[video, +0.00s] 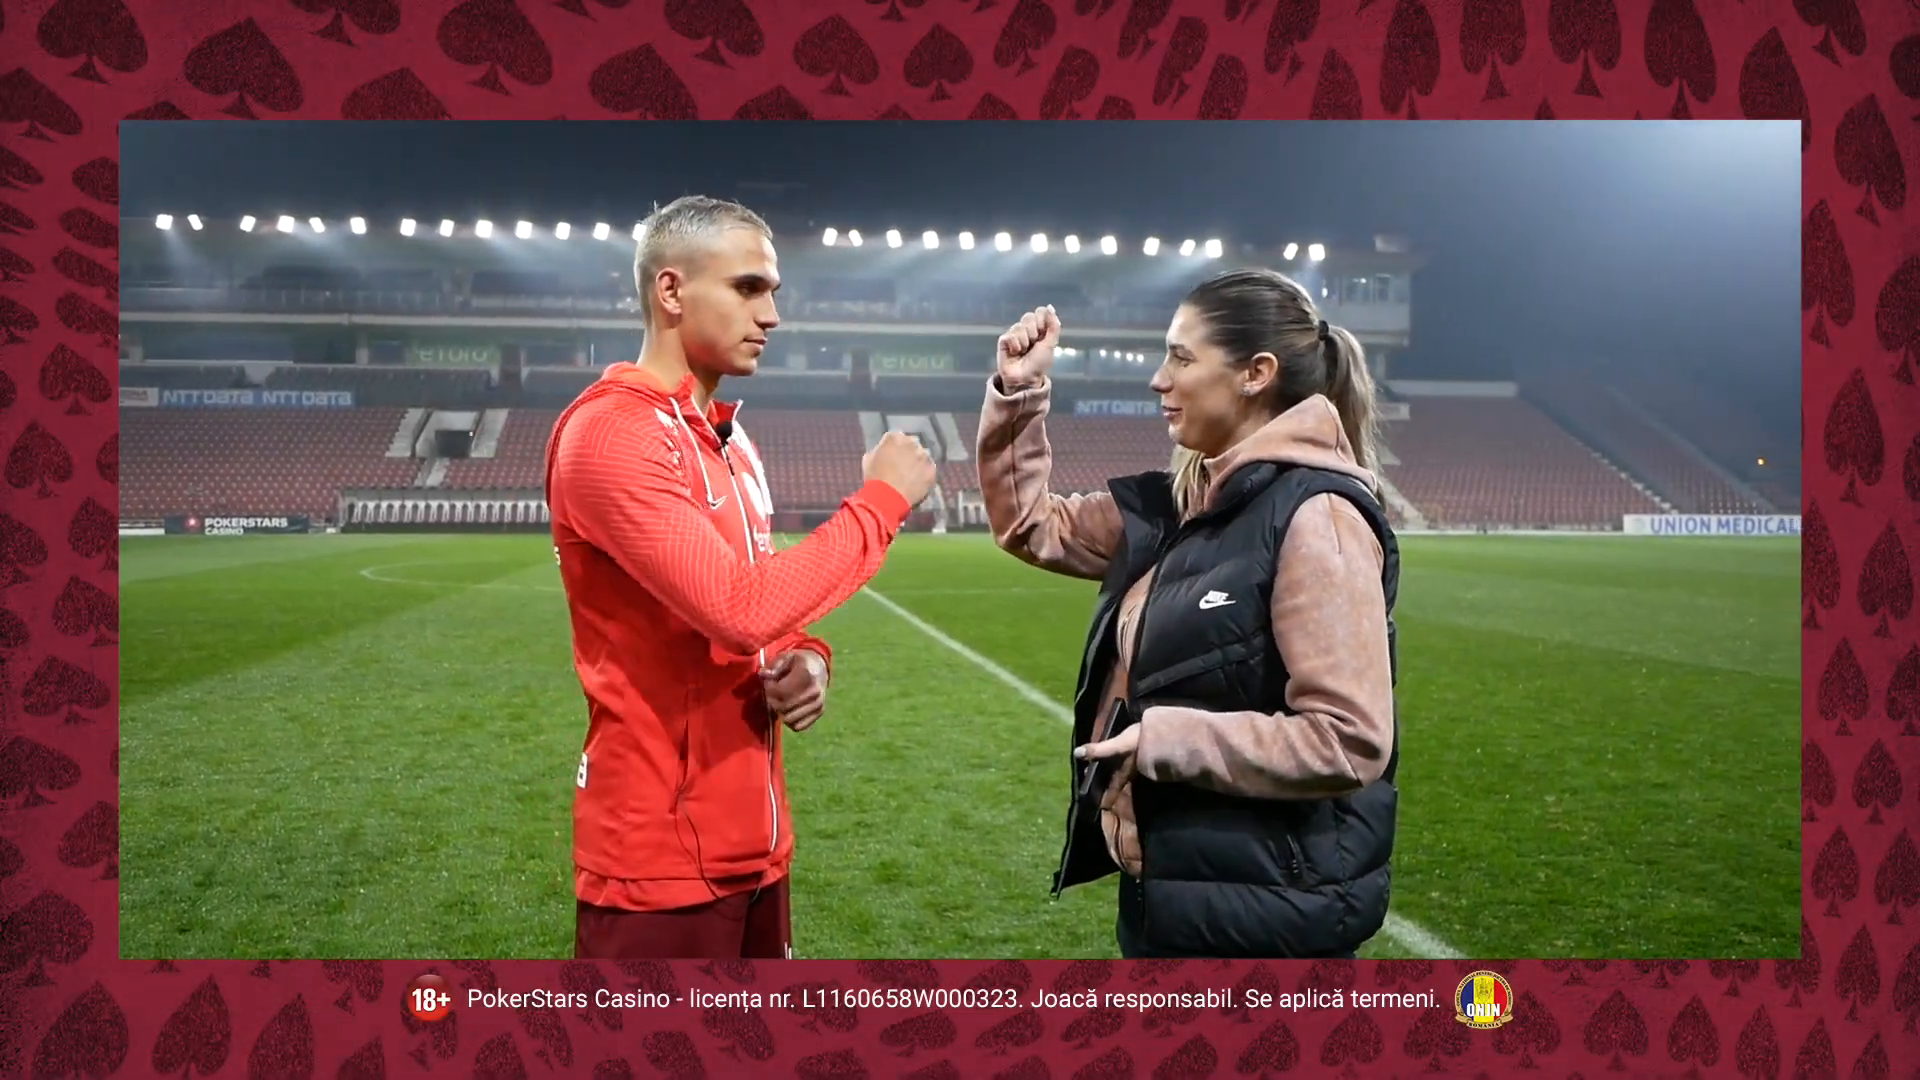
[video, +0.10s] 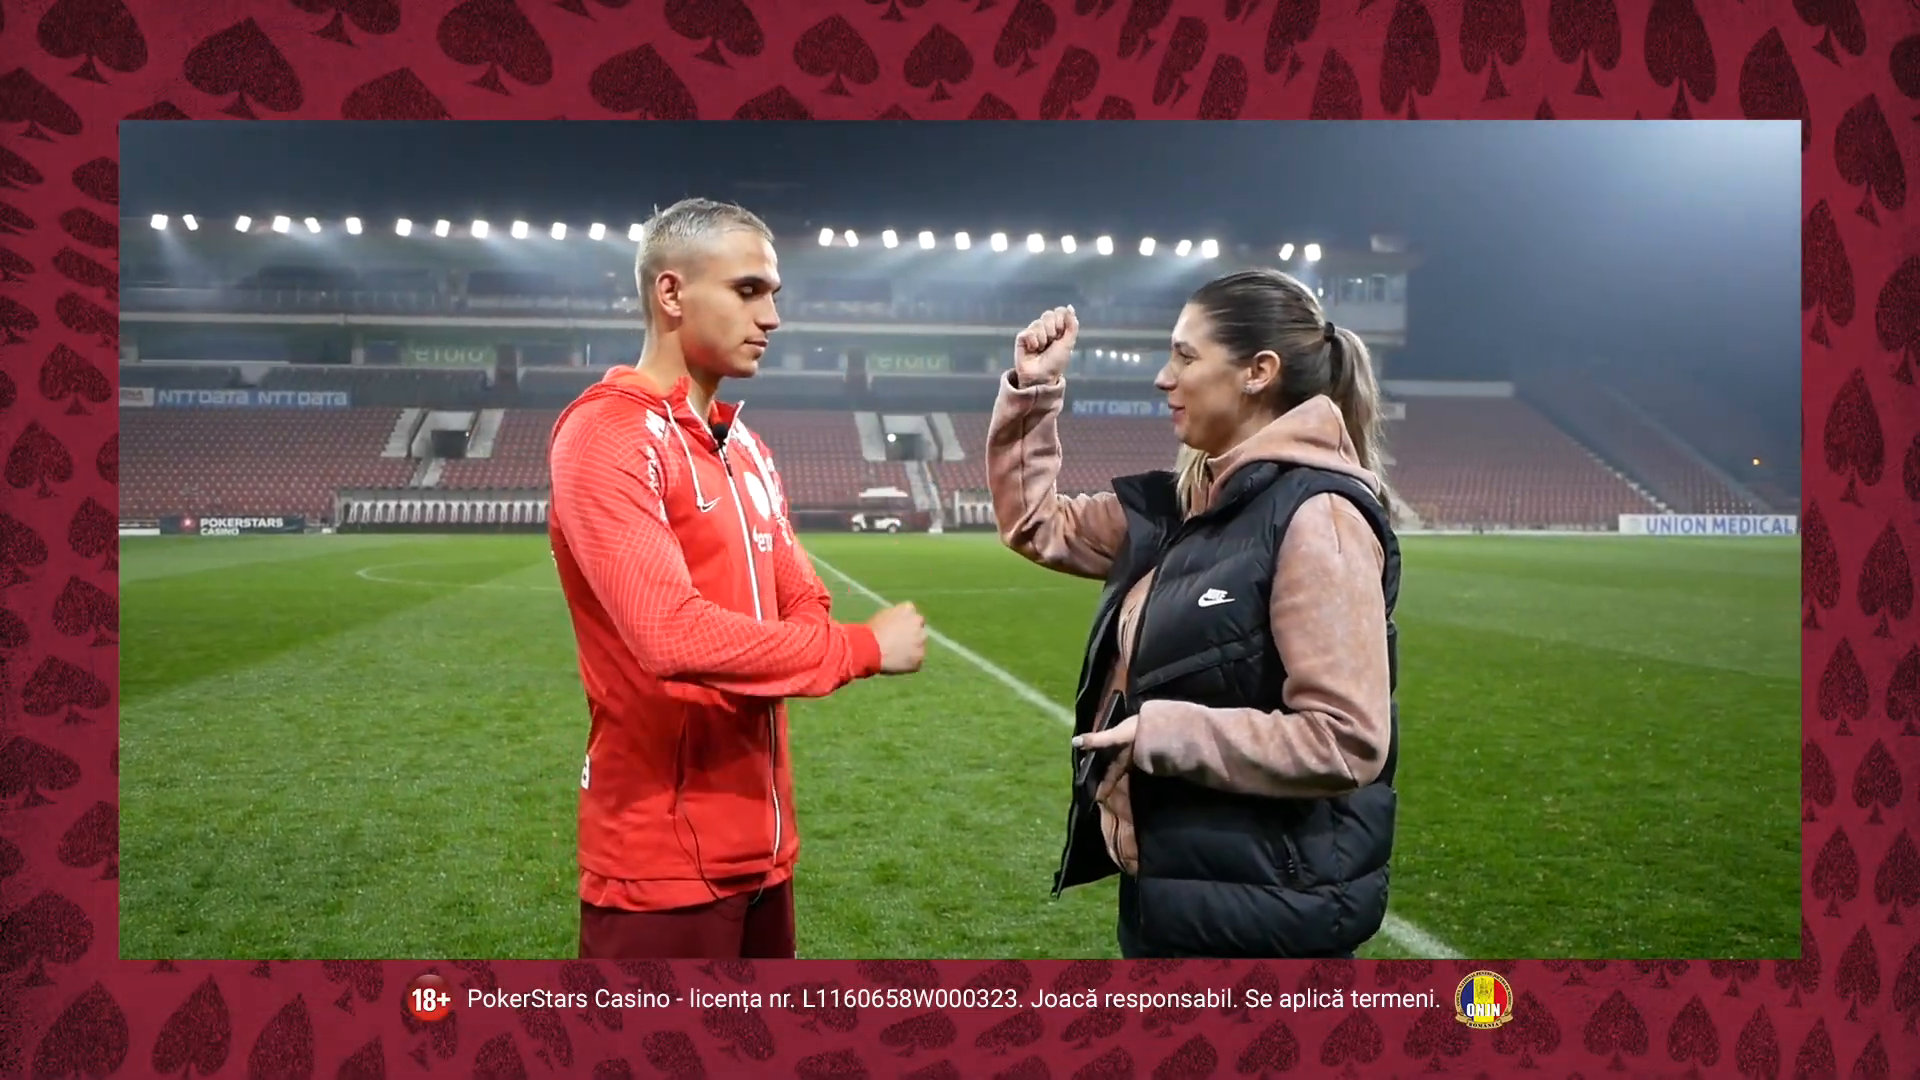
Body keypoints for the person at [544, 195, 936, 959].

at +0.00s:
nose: (771, 314)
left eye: (772, 293)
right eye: (750, 287)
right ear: (671, 291)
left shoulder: (731, 442)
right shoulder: (608, 435)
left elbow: (761, 607)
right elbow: (745, 610)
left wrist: (810, 660)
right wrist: (882, 503)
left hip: (752, 847)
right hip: (659, 860)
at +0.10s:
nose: (772, 316)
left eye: (773, 294)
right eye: (750, 290)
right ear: (671, 294)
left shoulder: (742, 443)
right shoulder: (603, 434)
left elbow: (803, 600)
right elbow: (670, 636)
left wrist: (758, 663)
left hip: (758, 849)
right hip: (660, 862)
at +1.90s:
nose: (819, 329)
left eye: (818, 306)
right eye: (796, 304)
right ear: (718, 308)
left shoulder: (809, 456)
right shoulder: (650, 459)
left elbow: (903, 623)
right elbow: (752, 678)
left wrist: (780, 617)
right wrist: (849, 647)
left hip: (809, 849)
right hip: (713, 864)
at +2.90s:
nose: (826, 350)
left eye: (833, 327)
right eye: (806, 323)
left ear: (836, 323)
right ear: (733, 313)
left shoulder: (823, 456)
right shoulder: (663, 456)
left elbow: (907, 627)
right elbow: (748, 679)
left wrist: (782, 619)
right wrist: (846, 650)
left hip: (812, 841)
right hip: (714, 853)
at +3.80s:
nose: (841, 331)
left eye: (844, 307)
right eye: (819, 302)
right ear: (738, 298)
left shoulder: (815, 451)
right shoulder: (665, 449)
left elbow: (909, 630)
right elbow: (768, 681)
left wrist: (801, 621)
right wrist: (852, 652)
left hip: (822, 861)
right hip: (720, 881)